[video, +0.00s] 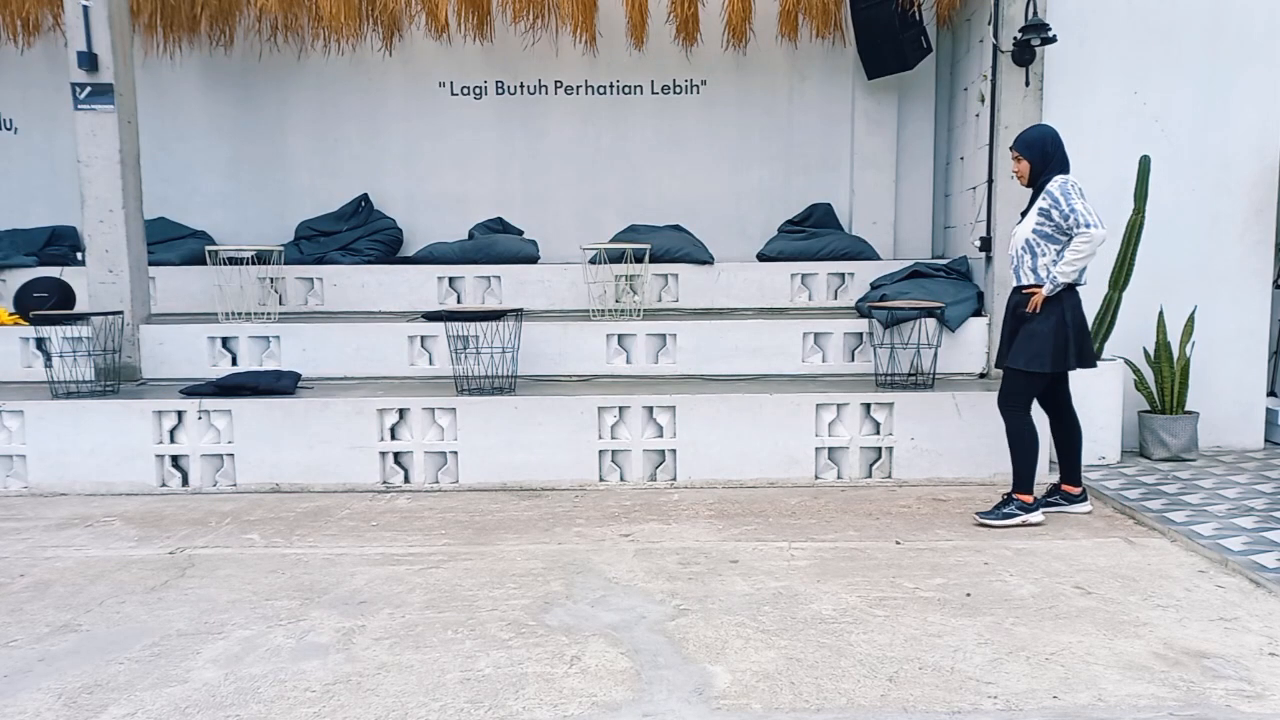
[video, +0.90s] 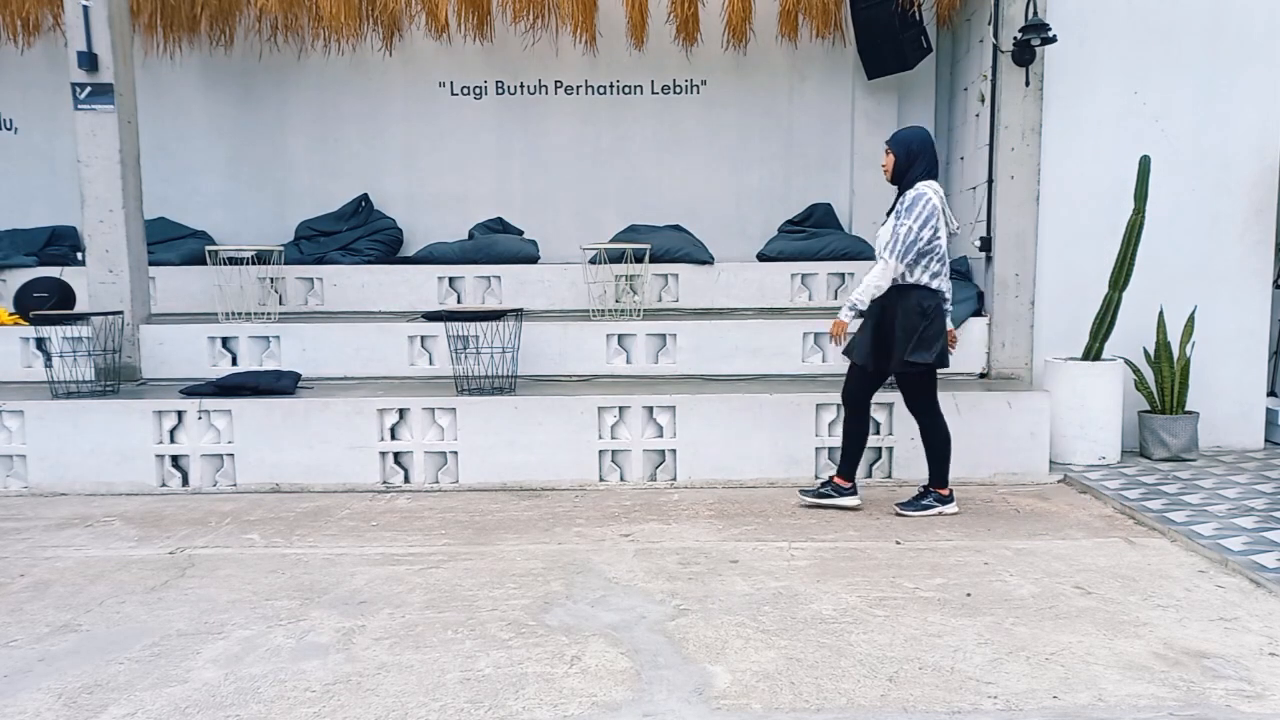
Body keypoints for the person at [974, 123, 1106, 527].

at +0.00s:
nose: (1015, 168)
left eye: (1020, 160)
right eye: (1014, 160)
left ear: (1041, 157)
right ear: (1038, 159)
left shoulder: (1060, 187)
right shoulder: (1044, 194)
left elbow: (1091, 232)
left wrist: (1052, 283)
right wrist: (1032, 284)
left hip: (1045, 311)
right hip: (1040, 309)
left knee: (1013, 402)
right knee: (1056, 401)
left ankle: (1022, 499)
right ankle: (1071, 488)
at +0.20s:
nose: (1000, 168)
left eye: (1005, 160)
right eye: (998, 160)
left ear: (1027, 158)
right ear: (1017, 160)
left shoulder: (1048, 186)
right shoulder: (1025, 198)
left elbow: (1091, 231)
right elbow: (1015, 262)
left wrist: (1052, 283)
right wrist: (997, 306)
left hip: (1032, 310)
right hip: (1017, 310)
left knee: (994, 397)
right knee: (1048, 404)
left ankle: (964, 490)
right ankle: (1071, 489)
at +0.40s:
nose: (976, 169)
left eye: (981, 161)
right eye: (976, 162)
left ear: (1002, 160)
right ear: (996, 163)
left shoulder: (1027, 194)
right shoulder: (997, 205)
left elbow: (1072, 248)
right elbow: (978, 268)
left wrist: (1074, 311)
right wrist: (948, 304)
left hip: (1006, 310)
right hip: (988, 311)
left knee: (968, 400)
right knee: (1030, 403)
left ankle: (939, 489)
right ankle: (1068, 486)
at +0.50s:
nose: (960, 169)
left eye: (965, 160)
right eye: (960, 160)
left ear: (987, 160)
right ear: (983, 160)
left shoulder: (1011, 198)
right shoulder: (983, 204)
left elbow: (1041, 263)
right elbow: (958, 265)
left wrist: (1071, 321)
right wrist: (927, 300)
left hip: (982, 308)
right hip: (967, 308)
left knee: (959, 402)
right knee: (1006, 402)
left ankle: (940, 490)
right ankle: (1060, 479)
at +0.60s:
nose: (944, 166)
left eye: (949, 158)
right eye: (944, 158)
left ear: (970, 158)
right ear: (967, 159)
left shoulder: (992, 199)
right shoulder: (964, 202)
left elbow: (1011, 267)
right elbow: (942, 267)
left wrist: (1025, 327)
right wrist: (917, 305)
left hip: (962, 304)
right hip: (944, 305)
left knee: (955, 404)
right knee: (963, 405)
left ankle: (941, 491)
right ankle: (1035, 468)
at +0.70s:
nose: (925, 164)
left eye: (931, 156)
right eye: (925, 157)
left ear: (952, 157)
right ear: (947, 159)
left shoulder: (971, 199)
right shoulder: (949, 201)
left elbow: (974, 272)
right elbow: (940, 272)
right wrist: (913, 322)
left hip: (948, 309)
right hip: (924, 309)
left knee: (947, 400)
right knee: (910, 401)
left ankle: (942, 491)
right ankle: (984, 457)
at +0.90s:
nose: (884, 161)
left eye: (889, 154)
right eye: (885, 154)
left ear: (909, 157)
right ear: (913, 158)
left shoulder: (922, 197)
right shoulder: (916, 196)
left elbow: (891, 263)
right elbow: (936, 267)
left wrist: (850, 308)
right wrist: (944, 319)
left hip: (914, 309)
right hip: (895, 306)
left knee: (921, 401)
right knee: (855, 391)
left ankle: (940, 491)